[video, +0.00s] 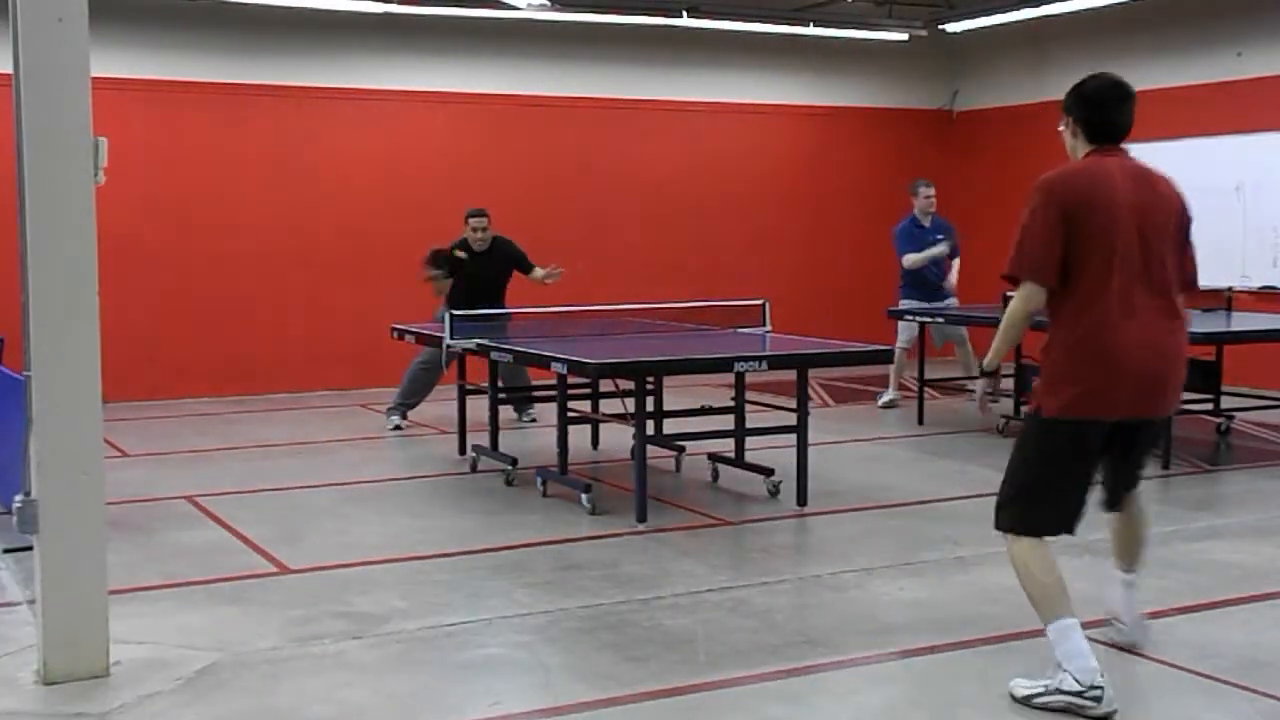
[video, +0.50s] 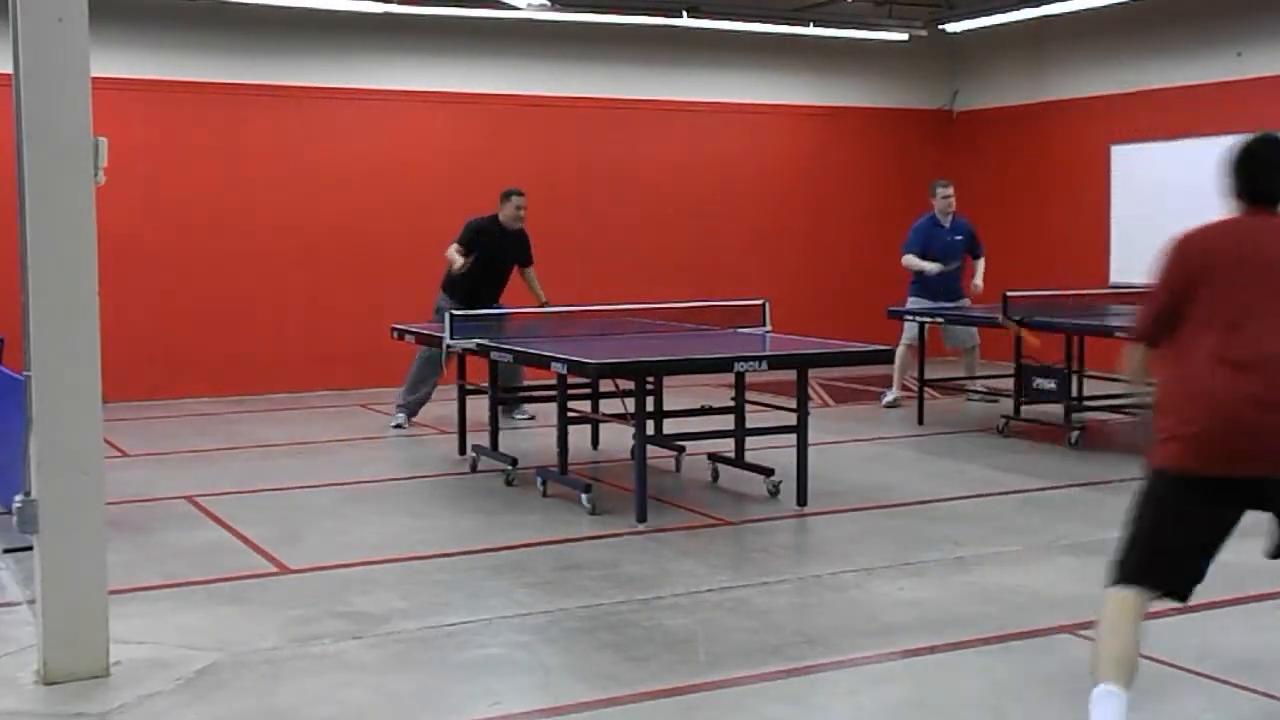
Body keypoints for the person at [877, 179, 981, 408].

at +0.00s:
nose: (932, 202)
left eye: (934, 197)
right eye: (927, 198)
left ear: (936, 199)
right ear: (914, 200)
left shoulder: (944, 227)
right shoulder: (904, 230)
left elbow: (955, 255)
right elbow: (907, 261)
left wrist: (953, 277)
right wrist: (936, 252)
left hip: (942, 294)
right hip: (913, 295)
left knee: (961, 339)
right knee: (903, 343)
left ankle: (974, 382)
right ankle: (892, 391)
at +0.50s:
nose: (951, 201)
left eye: (952, 197)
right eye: (945, 198)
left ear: (956, 198)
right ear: (933, 201)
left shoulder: (964, 228)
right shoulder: (921, 228)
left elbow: (978, 255)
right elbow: (907, 258)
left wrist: (978, 278)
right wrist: (926, 266)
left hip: (955, 297)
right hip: (922, 297)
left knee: (971, 343)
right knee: (908, 342)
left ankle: (973, 387)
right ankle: (896, 390)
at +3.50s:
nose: (952, 211)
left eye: (955, 206)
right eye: (947, 208)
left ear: (964, 203)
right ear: (942, 209)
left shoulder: (982, 226)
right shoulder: (942, 232)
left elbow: (1009, 251)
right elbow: (935, 261)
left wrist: (993, 271)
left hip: (984, 301)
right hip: (954, 301)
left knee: (999, 346)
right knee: (943, 345)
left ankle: (1010, 385)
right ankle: (936, 388)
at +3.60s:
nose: (950, 210)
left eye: (954, 205)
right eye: (945, 206)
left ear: (963, 202)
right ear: (941, 208)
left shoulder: (981, 225)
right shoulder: (940, 230)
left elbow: (1008, 251)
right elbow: (932, 261)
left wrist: (990, 272)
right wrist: (941, 286)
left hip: (983, 301)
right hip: (952, 302)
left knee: (1000, 346)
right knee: (946, 348)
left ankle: (1009, 385)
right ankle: (942, 392)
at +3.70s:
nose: (952, 205)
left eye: (955, 200)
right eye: (947, 201)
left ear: (963, 199)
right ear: (941, 204)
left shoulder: (980, 224)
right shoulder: (940, 226)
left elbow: (1003, 251)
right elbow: (934, 255)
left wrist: (985, 270)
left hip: (981, 295)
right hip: (953, 296)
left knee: (997, 341)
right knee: (952, 341)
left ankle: (1007, 383)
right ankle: (951, 386)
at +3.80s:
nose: (956, 199)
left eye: (959, 194)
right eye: (951, 195)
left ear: (965, 195)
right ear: (943, 198)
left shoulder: (979, 222)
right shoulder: (938, 222)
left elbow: (997, 251)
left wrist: (982, 270)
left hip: (975, 286)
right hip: (948, 285)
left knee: (992, 329)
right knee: (950, 328)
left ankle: (999, 376)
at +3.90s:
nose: (963, 196)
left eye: (966, 192)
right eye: (958, 192)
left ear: (969, 193)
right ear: (947, 194)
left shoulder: (977, 222)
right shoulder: (943, 222)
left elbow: (989, 252)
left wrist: (981, 273)